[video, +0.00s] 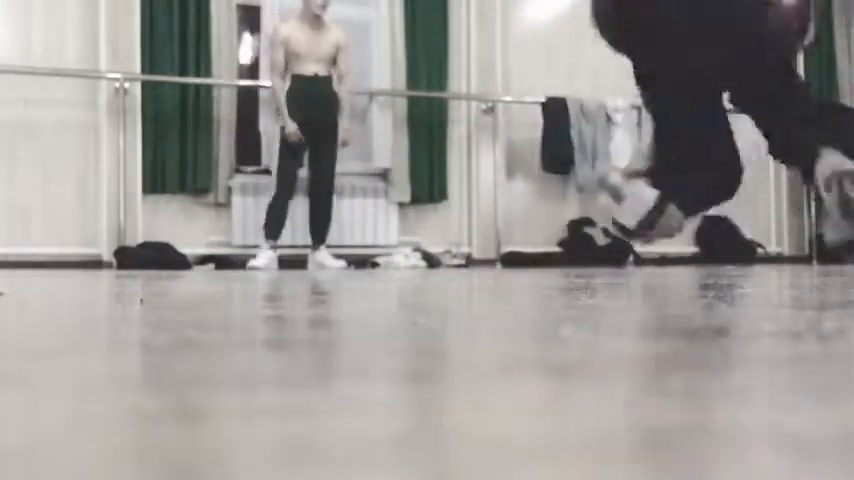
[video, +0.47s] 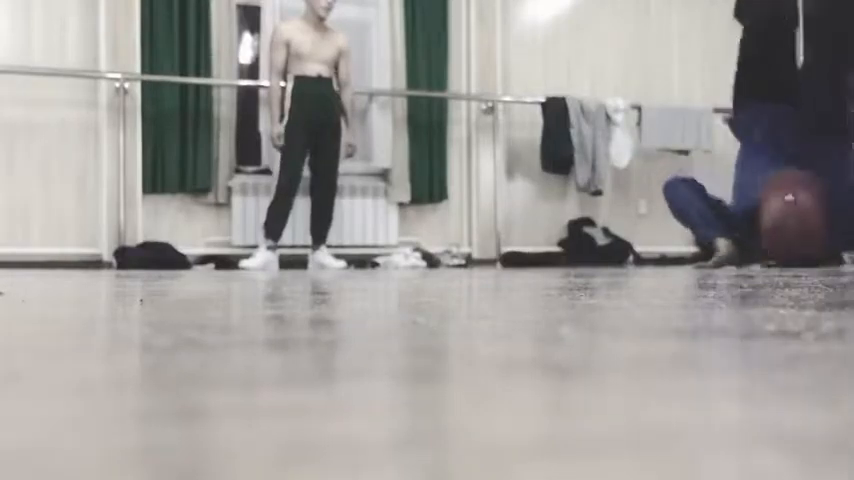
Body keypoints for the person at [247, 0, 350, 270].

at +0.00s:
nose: (321, 4)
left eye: (325, 1)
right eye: (317, 0)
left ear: (328, 4)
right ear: (306, 1)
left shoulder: (336, 34)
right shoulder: (285, 31)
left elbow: (342, 81)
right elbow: (277, 79)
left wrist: (344, 123)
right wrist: (286, 120)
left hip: (326, 95)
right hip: (295, 93)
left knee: (323, 179)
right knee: (286, 179)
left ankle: (318, 250)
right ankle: (269, 248)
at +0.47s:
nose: (328, 4)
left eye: (331, 1)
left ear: (332, 6)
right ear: (310, 1)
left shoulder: (338, 40)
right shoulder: (285, 31)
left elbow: (345, 86)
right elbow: (276, 78)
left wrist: (349, 129)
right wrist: (276, 123)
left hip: (328, 102)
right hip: (298, 100)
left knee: (325, 181)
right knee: (288, 179)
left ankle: (319, 251)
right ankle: (268, 249)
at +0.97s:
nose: (331, 5)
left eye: (333, 2)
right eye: (326, 0)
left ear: (332, 7)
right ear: (311, 1)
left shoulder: (338, 40)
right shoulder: (286, 30)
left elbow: (344, 84)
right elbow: (279, 75)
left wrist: (349, 124)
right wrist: (283, 116)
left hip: (329, 99)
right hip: (299, 96)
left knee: (325, 179)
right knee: (289, 176)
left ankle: (319, 251)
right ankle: (268, 249)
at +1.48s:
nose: (331, 5)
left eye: (334, 2)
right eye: (327, 0)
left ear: (331, 7)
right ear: (312, 1)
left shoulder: (337, 40)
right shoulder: (286, 30)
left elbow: (344, 84)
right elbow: (279, 76)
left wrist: (346, 125)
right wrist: (283, 120)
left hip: (329, 100)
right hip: (300, 97)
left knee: (325, 179)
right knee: (289, 177)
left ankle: (319, 250)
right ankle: (268, 249)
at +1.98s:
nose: (331, 5)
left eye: (333, 2)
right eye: (327, 1)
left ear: (331, 7)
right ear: (311, 2)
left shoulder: (337, 40)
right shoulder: (286, 29)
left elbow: (343, 84)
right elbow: (279, 76)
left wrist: (347, 126)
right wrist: (283, 119)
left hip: (329, 100)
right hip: (299, 98)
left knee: (325, 180)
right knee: (288, 178)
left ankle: (319, 250)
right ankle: (268, 248)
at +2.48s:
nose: (331, 6)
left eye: (333, 2)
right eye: (326, 1)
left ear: (331, 7)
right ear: (311, 2)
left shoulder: (337, 40)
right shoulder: (286, 30)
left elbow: (343, 84)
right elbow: (279, 76)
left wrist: (345, 127)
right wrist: (283, 119)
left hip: (329, 100)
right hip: (299, 97)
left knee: (324, 180)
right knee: (288, 177)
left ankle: (319, 250)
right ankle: (268, 248)